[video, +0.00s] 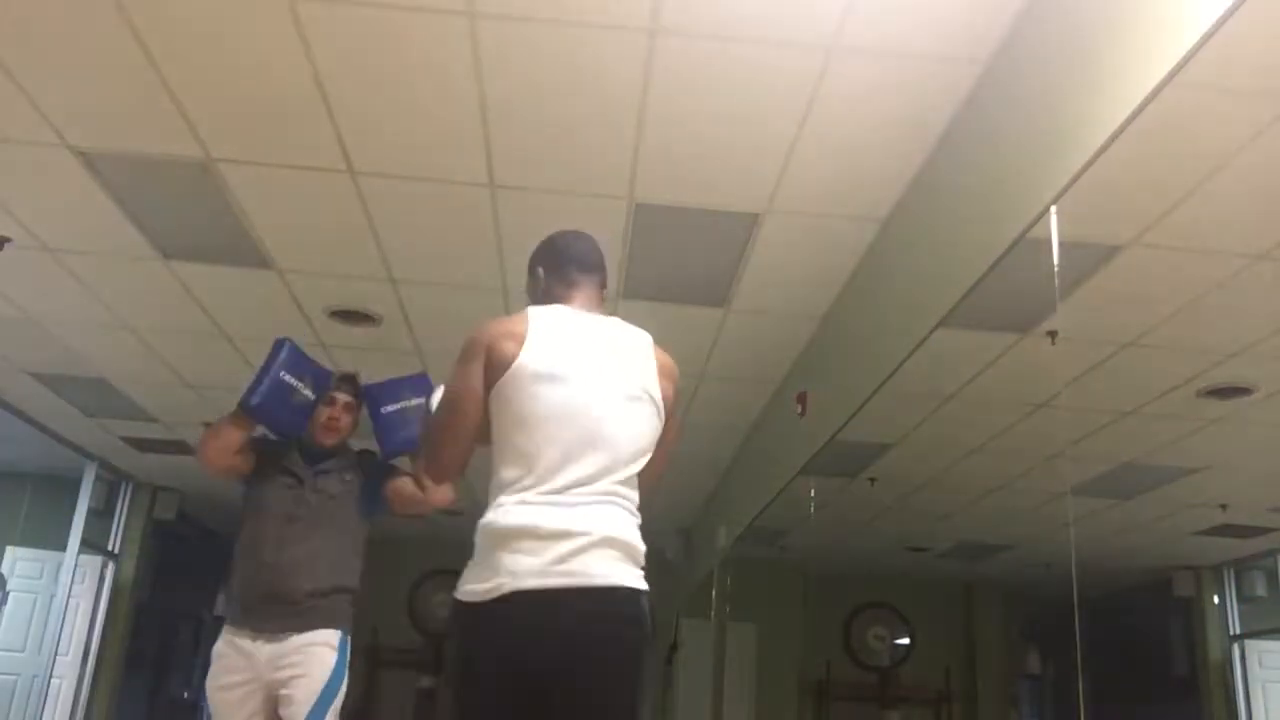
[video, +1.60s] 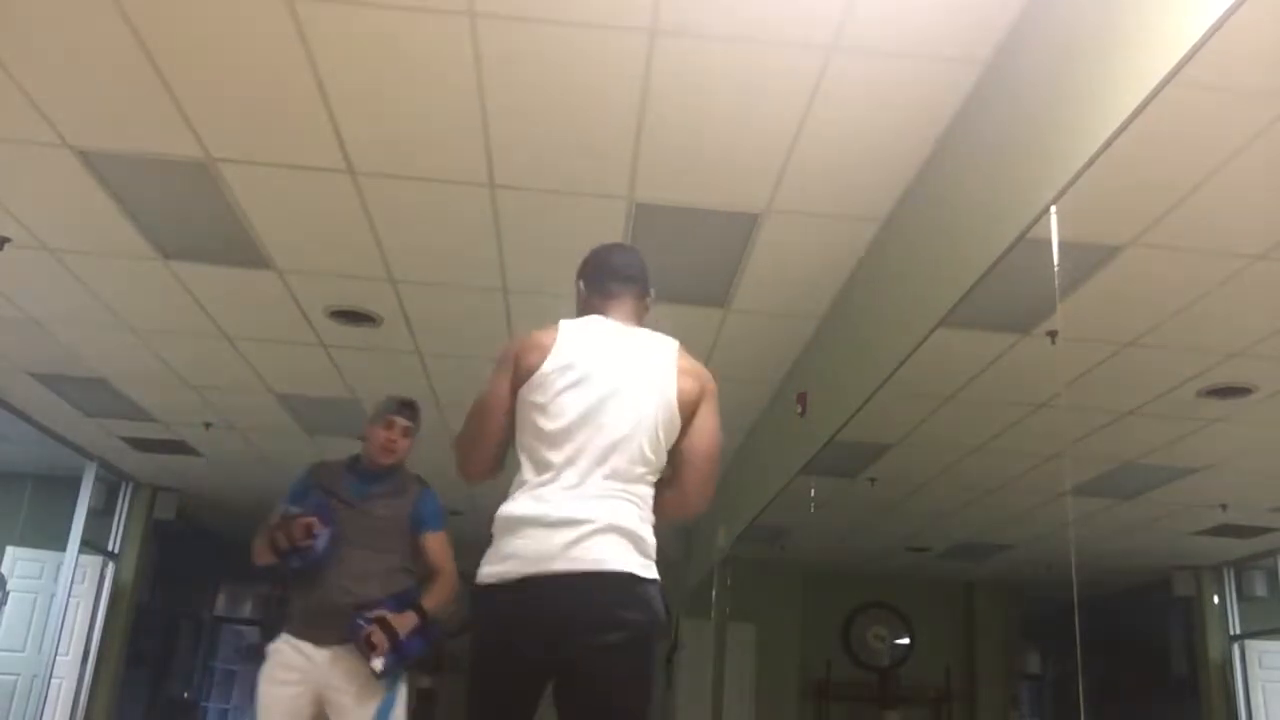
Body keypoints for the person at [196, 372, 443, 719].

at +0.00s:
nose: (335, 414)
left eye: (347, 408)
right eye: (328, 402)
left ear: (356, 422)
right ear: (307, 407)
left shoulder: (365, 471)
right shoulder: (268, 456)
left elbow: (438, 496)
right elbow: (213, 455)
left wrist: (415, 435)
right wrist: (260, 403)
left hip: (315, 642)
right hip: (242, 638)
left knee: (307, 711)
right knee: (225, 711)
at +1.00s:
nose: (334, 418)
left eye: (345, 412)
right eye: (326, 408)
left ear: (356, 424)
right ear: (309, 416)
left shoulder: (370, 471)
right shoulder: (277, 466)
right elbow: (221, 475)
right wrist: (258, 421)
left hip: (334, 646)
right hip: (264, 644)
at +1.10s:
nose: (319, 424)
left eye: (331, 416)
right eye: (309, 414)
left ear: (341, 427)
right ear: (293, 421)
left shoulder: (357, 476)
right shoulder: (266, 472)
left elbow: (405, 533)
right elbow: (202, 495)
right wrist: (237, 431)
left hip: (328, 648)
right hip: (258, 646)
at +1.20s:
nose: (316, 423)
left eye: (328, 416)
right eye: (307, 413)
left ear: (337, 427)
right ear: (290, 420)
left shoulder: (357, 475)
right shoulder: (261, 472)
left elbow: (400, 546)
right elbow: (192, 508)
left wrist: (358, 560)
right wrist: (232, 438)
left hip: (330, 644)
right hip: (259, 643)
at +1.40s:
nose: (344, 422)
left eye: (355, 416)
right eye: (336, 411)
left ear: (362, 427)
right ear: (317, 418)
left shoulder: (376, 476)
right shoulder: (279, 469)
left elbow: (415, 548)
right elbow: (211, 536)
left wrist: (389, 600)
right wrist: (246, 471)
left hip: (335, 641)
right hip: (265, 640)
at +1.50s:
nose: (367, 429)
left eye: (378, 424)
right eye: (360, 418)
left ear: (385, 436)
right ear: (340, 423)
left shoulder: (394, 484)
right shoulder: (297, 472)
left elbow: (429, 560)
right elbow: (231, 547)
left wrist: (397, 606)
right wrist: (260, 517)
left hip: (348, 646)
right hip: (276, 643)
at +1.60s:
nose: (393, 437)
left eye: (405, 433)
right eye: (387, 426)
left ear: (411, 445)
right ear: (367, 429)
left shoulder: (418, 496)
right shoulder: (320, 478)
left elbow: (447, 576)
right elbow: (260, 553)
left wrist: (407, 620)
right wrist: (286, 534)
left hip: (368, 661)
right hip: (295, 652)